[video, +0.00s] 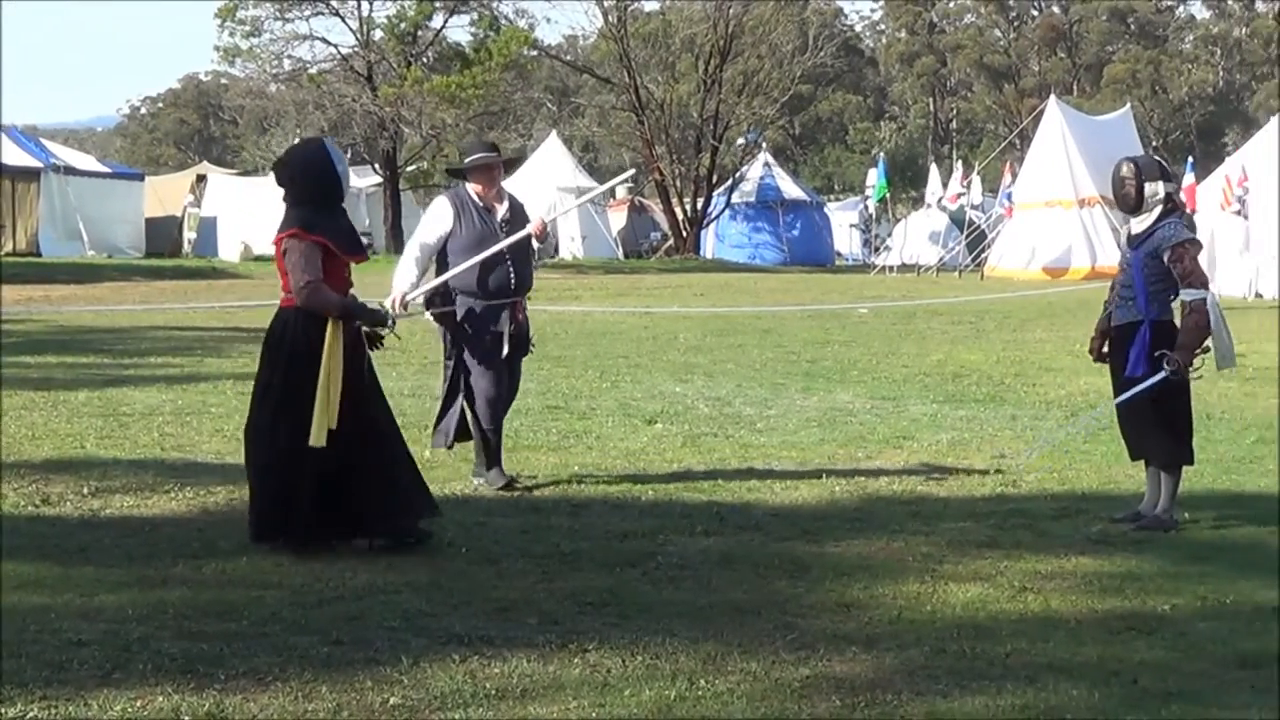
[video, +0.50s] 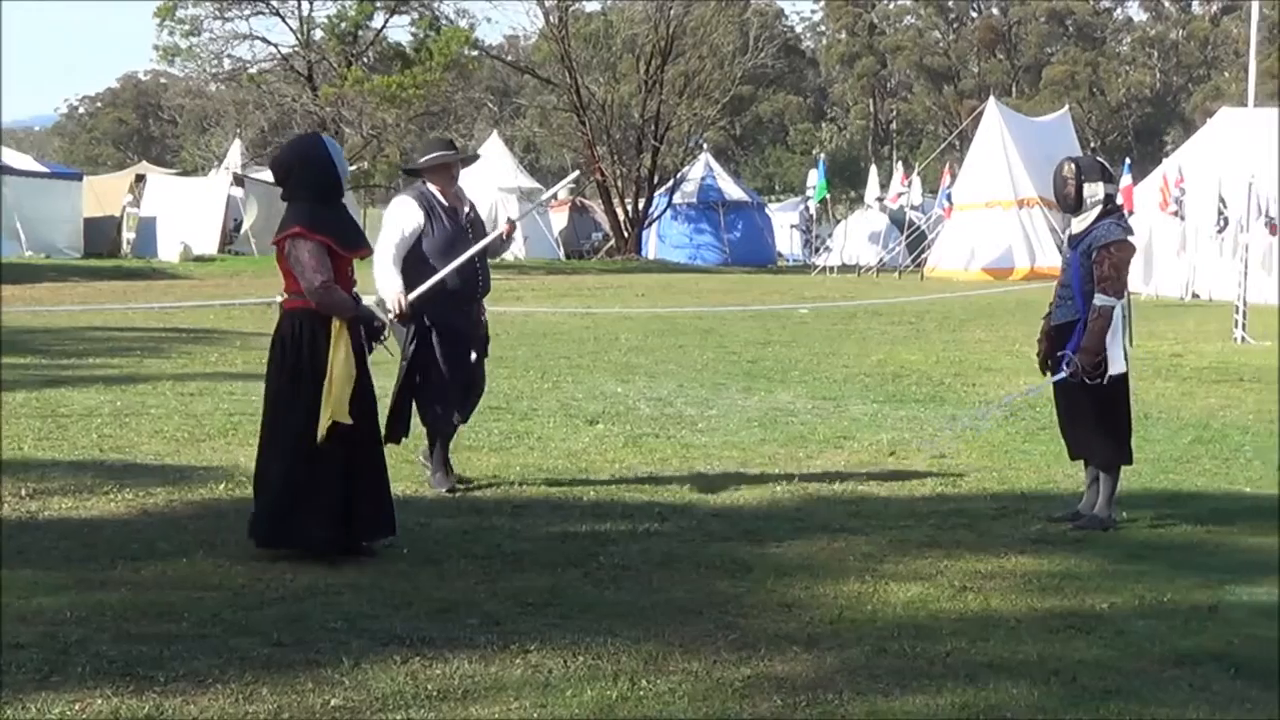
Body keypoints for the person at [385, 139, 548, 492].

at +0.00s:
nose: (488, 176)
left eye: (493, 168)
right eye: (480, 171)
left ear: (501, 169)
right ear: (466, 174)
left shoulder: (514, 205)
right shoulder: (448, 207)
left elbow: (535, 255)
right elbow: (419, 247)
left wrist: (541, 239)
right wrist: (402, 285)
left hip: (512, 307)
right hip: (472, 310)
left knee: (507, 387)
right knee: (487, 388)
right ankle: (489, 468)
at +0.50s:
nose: (450, 173)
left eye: (453, 166)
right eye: (442, 168)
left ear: (459, 167)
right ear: (426, 171)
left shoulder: (465, 202)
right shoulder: (408, 206)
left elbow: (484, 250)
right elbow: (385, 254)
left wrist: (502, 238)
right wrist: (392, 289)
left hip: (468, 309)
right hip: (429, 311)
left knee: (472, 384)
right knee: (437, 387)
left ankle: (435, 447)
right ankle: (440, 466)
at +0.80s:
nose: (439, 172)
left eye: (441, 166)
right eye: (431, 167)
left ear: (445, 168)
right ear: (413, 170)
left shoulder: (447, 203)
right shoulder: (395, 205)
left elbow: (464, 247)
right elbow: (381, 255)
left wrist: (491, 239)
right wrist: (417, 272)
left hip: (453, 316)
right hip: (414, 319)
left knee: (461, 398)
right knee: (411, 401)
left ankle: (480, 469)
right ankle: (407, 475)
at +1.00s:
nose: (447, 171)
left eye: (449, 164)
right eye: (440, 165)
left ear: (453, 167)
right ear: (423, 169)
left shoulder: (458, 205)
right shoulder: (403, 206)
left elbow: (473, 257)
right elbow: (385, 252)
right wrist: (422, 274)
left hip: (463, 316)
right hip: (424, 316)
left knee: (469, 399)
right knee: (412, 403)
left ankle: (473, 470)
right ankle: (392, 478)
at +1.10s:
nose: (451, 170)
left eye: (453, 163)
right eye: (443, 164)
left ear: (459, 166)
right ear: (426, 169)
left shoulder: (467, 206)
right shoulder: (408, 205)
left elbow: (497, 249)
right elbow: (386, 252)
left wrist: (520, 225)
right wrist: (418, 275)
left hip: (472, 314)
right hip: (430, 314)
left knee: (471, 399)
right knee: (419, 401)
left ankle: (470, 472)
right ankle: (390, 472)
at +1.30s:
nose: (454, 173)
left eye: (459, 166)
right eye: (446, 167)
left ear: (468, 168)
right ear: (433, 171)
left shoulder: (477, 207)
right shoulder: (415, 205)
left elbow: (492, 257)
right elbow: (382, 248)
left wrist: (520, 245)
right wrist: (396, 277)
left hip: (475, 312)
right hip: (433, 311)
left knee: (470, 394)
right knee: (438, 390)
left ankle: (462, 472)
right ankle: (415, 463)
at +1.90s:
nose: (457, 175)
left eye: (464, 167)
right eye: (450, 170)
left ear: (477, 168)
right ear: (440, 173)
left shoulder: (493, 203)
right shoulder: (425, 208)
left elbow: (511, 239)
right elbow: (391, 251)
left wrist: (529, 255)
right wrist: (380, 288)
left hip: (493, 315)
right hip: (449, 316)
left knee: (496, 393)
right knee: (465, 398)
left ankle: (471, 462)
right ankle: (467, 481)